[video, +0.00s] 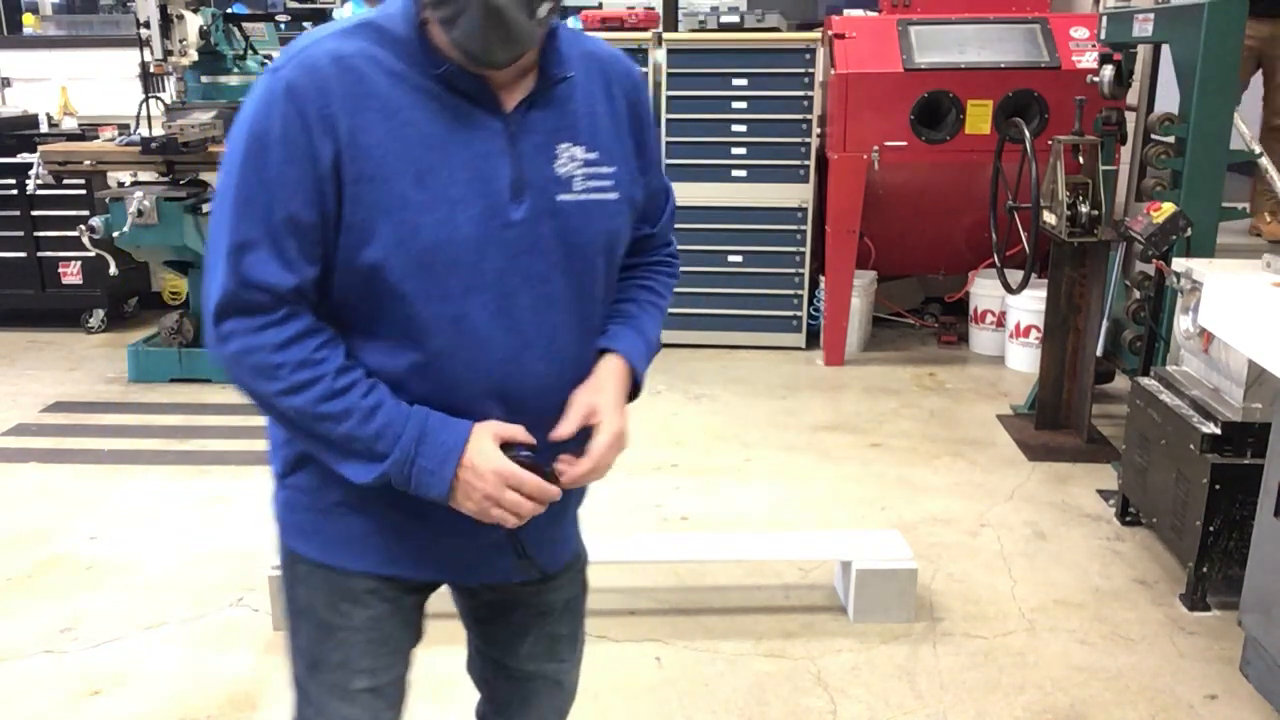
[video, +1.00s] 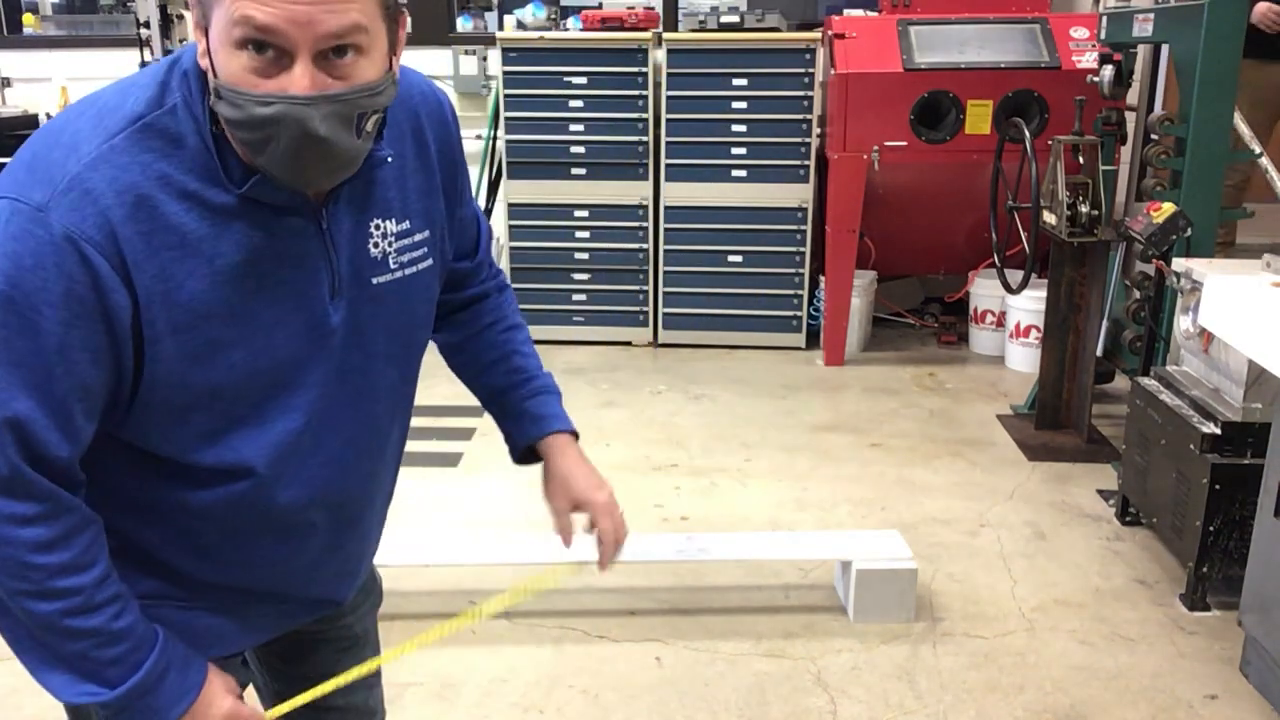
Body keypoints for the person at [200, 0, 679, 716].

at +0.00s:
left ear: (554, 4)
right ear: (431, 3)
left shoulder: (610, 87)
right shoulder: (311, 91)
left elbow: (650, 253)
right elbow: (251, 320)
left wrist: (617, 366)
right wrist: (432, 452)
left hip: (536, 509)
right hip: (354, 507)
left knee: (534, 710)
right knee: (348, 710)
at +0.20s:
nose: (433, 108)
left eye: (450, 79)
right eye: (401, 89)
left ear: (473, 29)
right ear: (342, 37)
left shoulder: (522, 89)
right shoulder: (221, 120)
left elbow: (576, 258)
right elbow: (175, 385)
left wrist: (563, 386)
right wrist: (402, 488)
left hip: (469, 543)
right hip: (278, 550)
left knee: (502, 708)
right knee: (276, 707)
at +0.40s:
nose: (348, 13)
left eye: (390, 34)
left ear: (429, 11)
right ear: (265, 6)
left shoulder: (454, 97)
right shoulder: (136, 140)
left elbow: (490, 272)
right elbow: (91, 429)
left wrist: (487, 408)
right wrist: (341, 533)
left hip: (394, 556)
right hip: (196, 575)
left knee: (430, 708)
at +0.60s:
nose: (312, 45)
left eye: (350, 10)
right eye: (279, 9)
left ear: (411, 16)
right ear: (225, 8)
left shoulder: (426, 110)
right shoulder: (102, 175)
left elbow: (455, 272)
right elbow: (45, 466)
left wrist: (498, 416)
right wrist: (270, 608)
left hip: (345, 570)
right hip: (157, 597)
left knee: (368, 709)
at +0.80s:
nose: (307, 78)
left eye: (345, 39)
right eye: (269, 34)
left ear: (403, 29)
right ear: (210, 21)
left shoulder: (416, 118)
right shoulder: (76, 209)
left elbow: (452, 277)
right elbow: (23, 497)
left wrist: (542, 411)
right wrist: (195, 673)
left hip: (337, 593)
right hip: (149, 636)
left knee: (355, 711)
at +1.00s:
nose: (300, 92)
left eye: (340, 52)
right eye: (262, 51)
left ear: (396, 39)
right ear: (203, 37)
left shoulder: (418, 125)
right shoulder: (64, 215)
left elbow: (468, 290)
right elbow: (15, 502)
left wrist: (555, 441)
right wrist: (168, 688)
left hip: (326, 570)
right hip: (149, 610)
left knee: (348, 708)